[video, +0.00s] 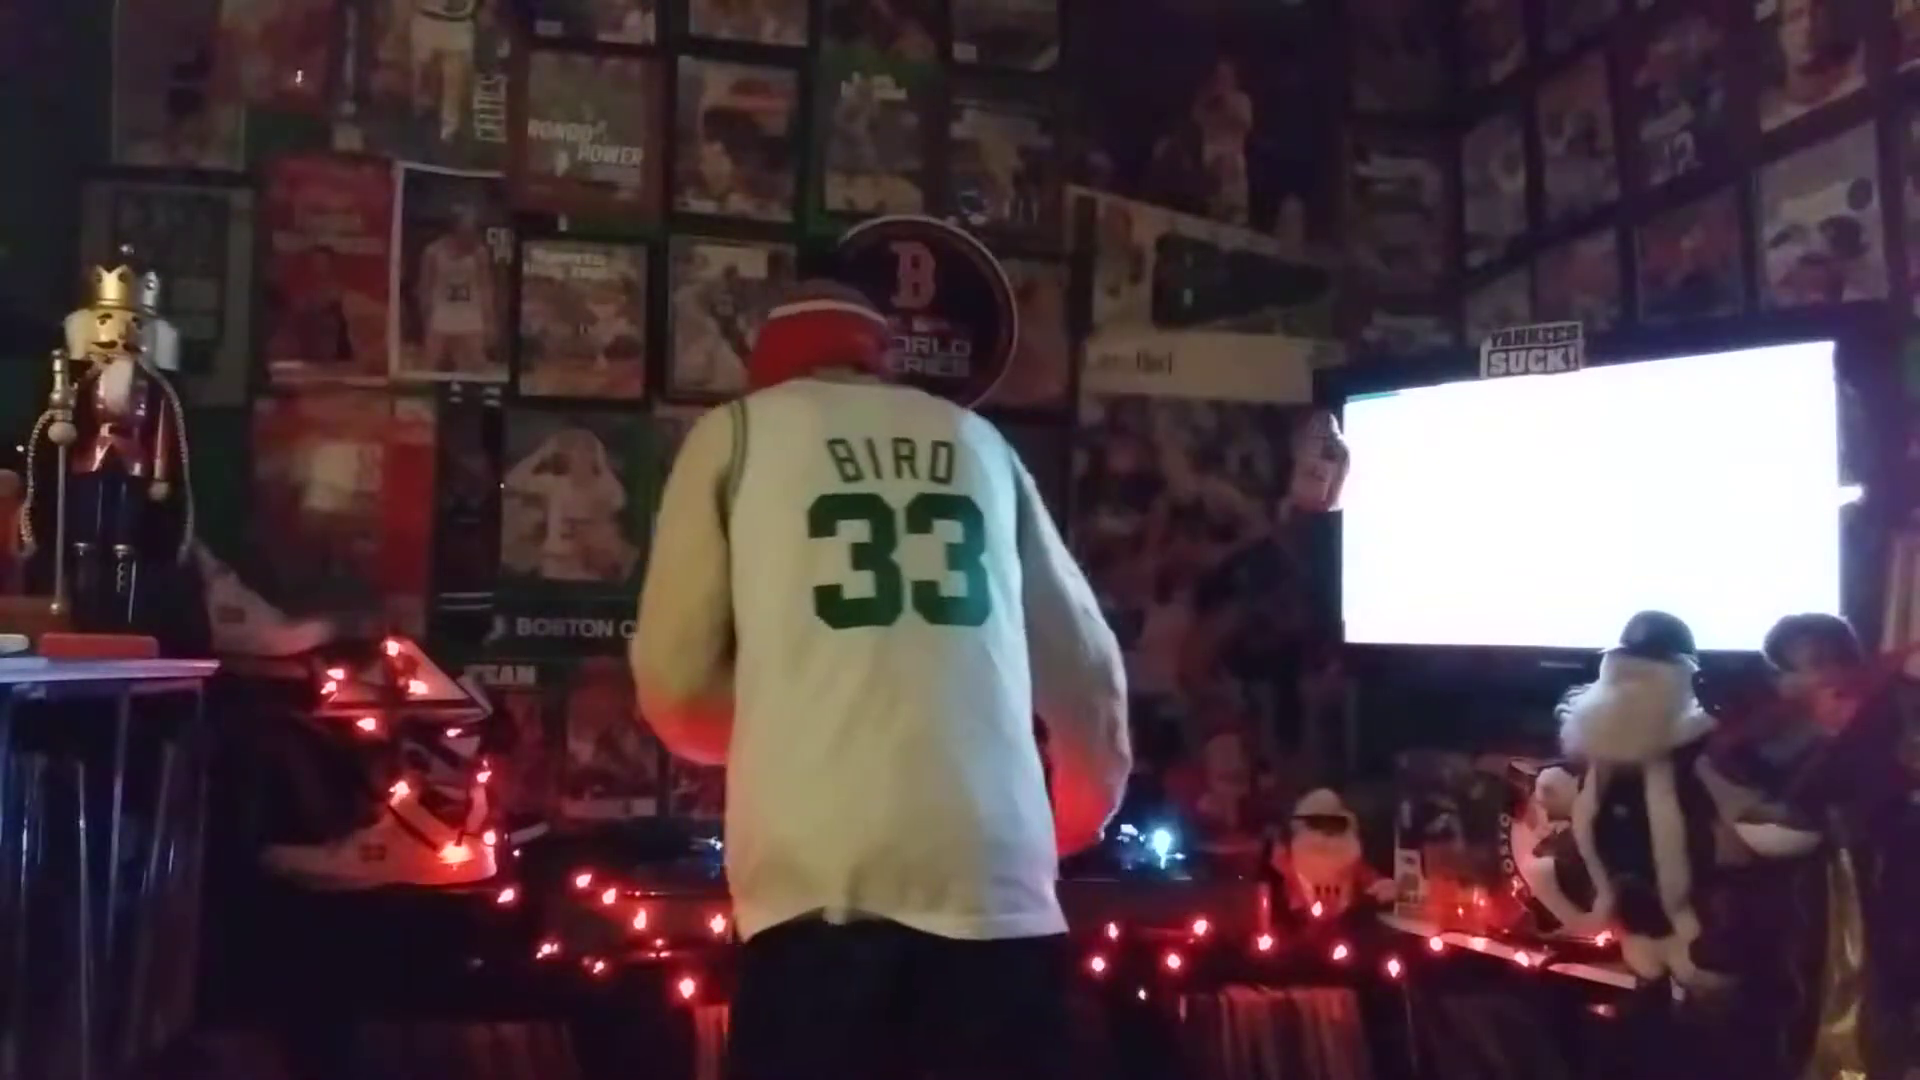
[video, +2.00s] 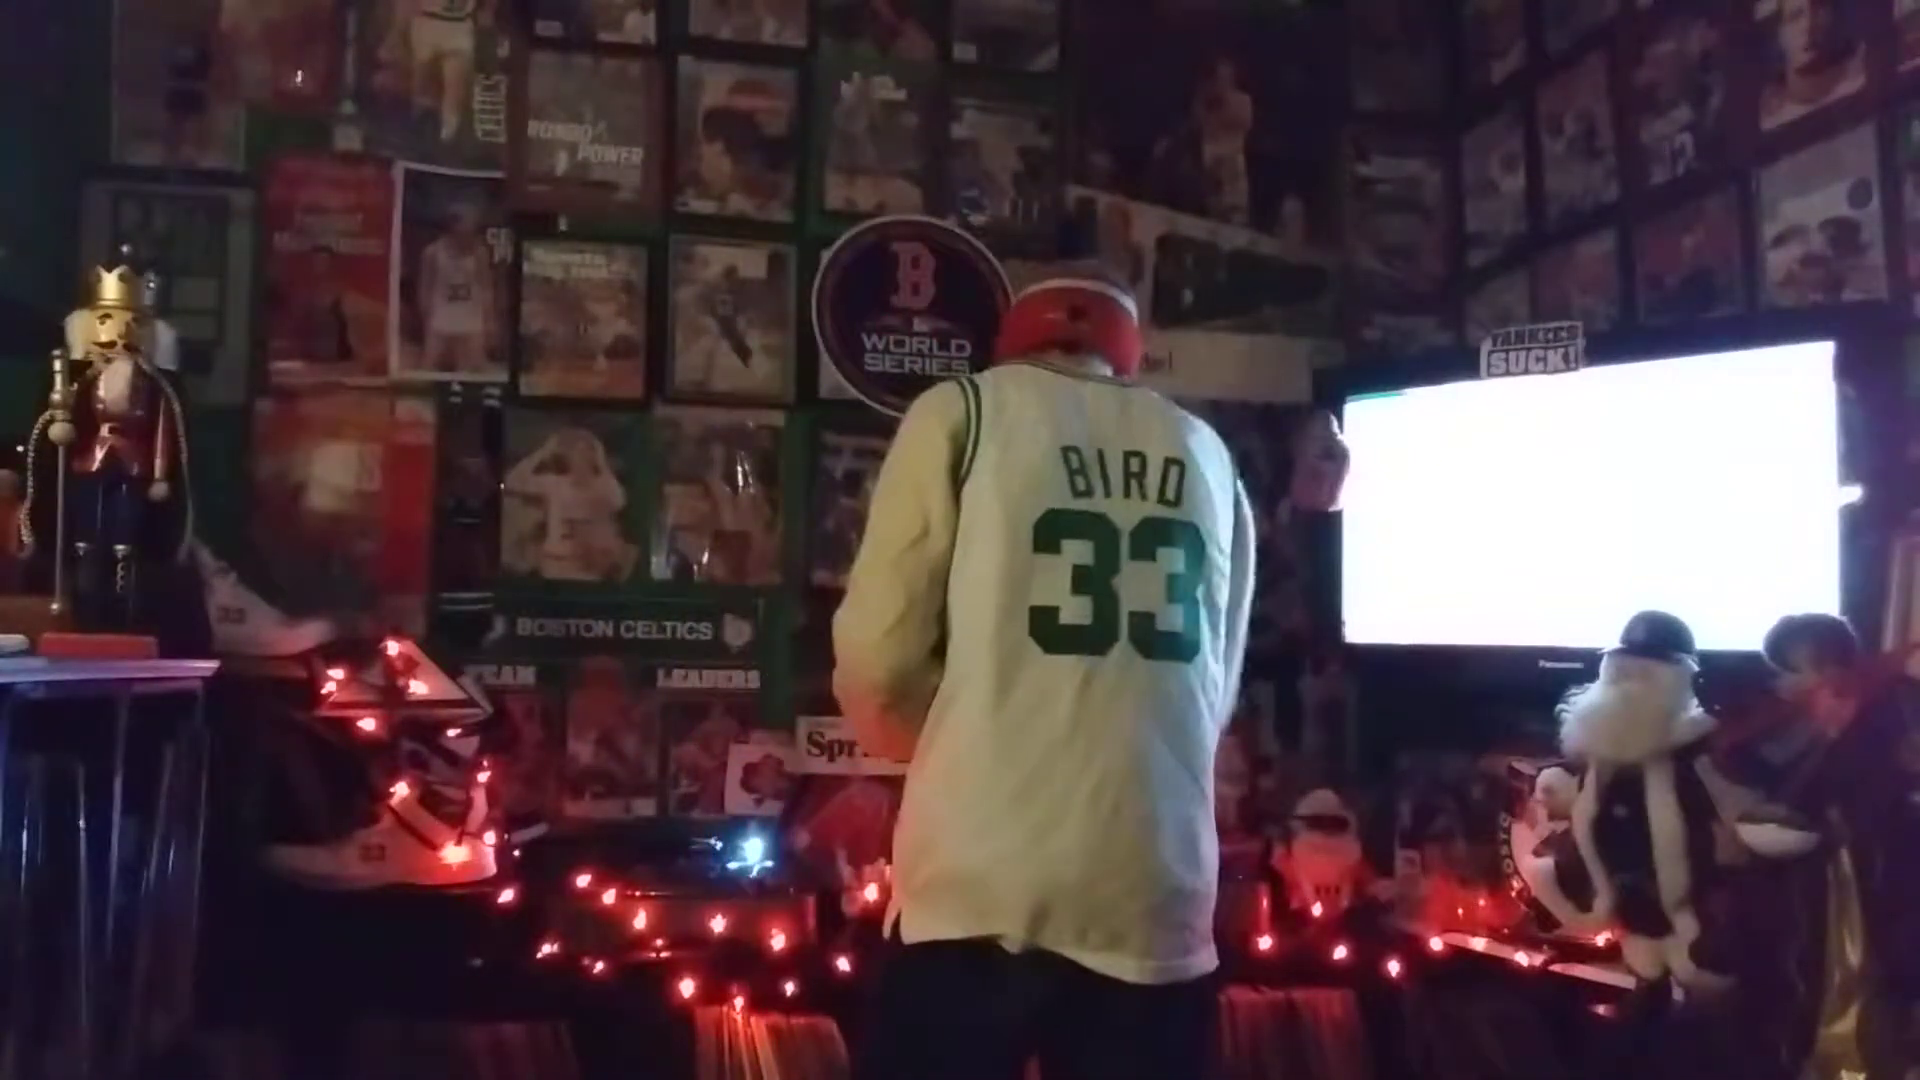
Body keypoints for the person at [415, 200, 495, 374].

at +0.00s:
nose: (467, 235)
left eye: (470, 231)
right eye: (463, 230)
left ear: (475, 230)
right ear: (454, 229)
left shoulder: (479, 252)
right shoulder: (434, 252)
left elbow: (486, 290)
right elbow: (425, 288)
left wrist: (489, 323)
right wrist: (427, 318)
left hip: (471, 326)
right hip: (440, 326)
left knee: (473, 376)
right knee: (436, 376)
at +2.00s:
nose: (465, 235)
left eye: (469, 230)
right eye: (461, 229)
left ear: (475, 229)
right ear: (452, 227)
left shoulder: (481, 252)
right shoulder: (433, 253)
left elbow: (488, 290)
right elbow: (425, 288)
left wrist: (490, 323)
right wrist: (427, 315)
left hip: (472, 328)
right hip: (440, 327)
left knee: (472, 379)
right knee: (433, 379)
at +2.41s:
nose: (469, 236)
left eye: (472, 231)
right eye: (464, 230)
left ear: (477, 231)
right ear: (455, 229)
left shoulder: (481, 254)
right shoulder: (433, 253)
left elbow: (488, 291)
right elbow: (425, 289)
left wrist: (490, 323)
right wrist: (427, 319)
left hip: (471, 330)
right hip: (439, 330)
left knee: (472, 383)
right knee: (433, 382)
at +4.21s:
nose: (465, 236)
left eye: (469, 231)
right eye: (461, 231)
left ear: (475, 230)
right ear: (452, 229)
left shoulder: (480, 252)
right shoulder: (434, 252)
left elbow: (487, 289)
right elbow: (425, 287)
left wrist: (490, 323)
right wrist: (427, 314)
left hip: (472, 326)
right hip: (441, 326)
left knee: (474, 376)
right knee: (432, 377)